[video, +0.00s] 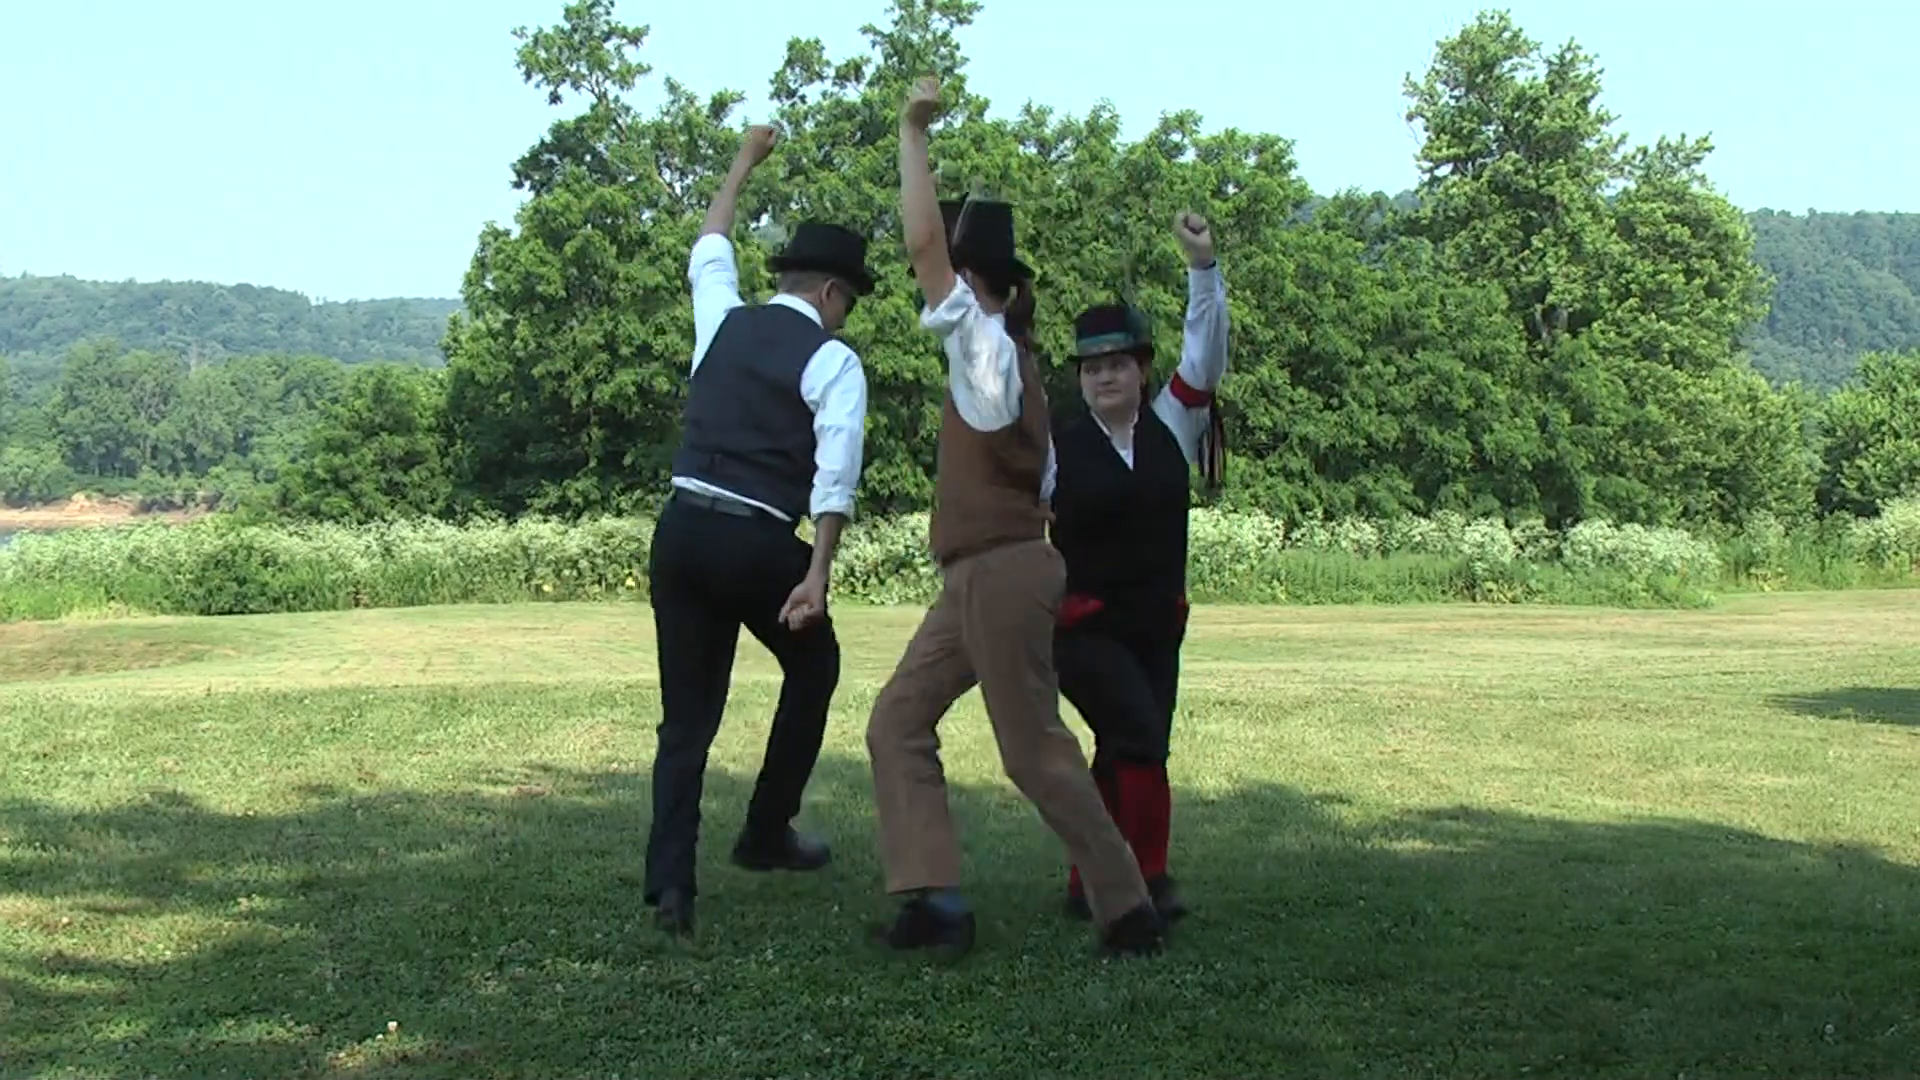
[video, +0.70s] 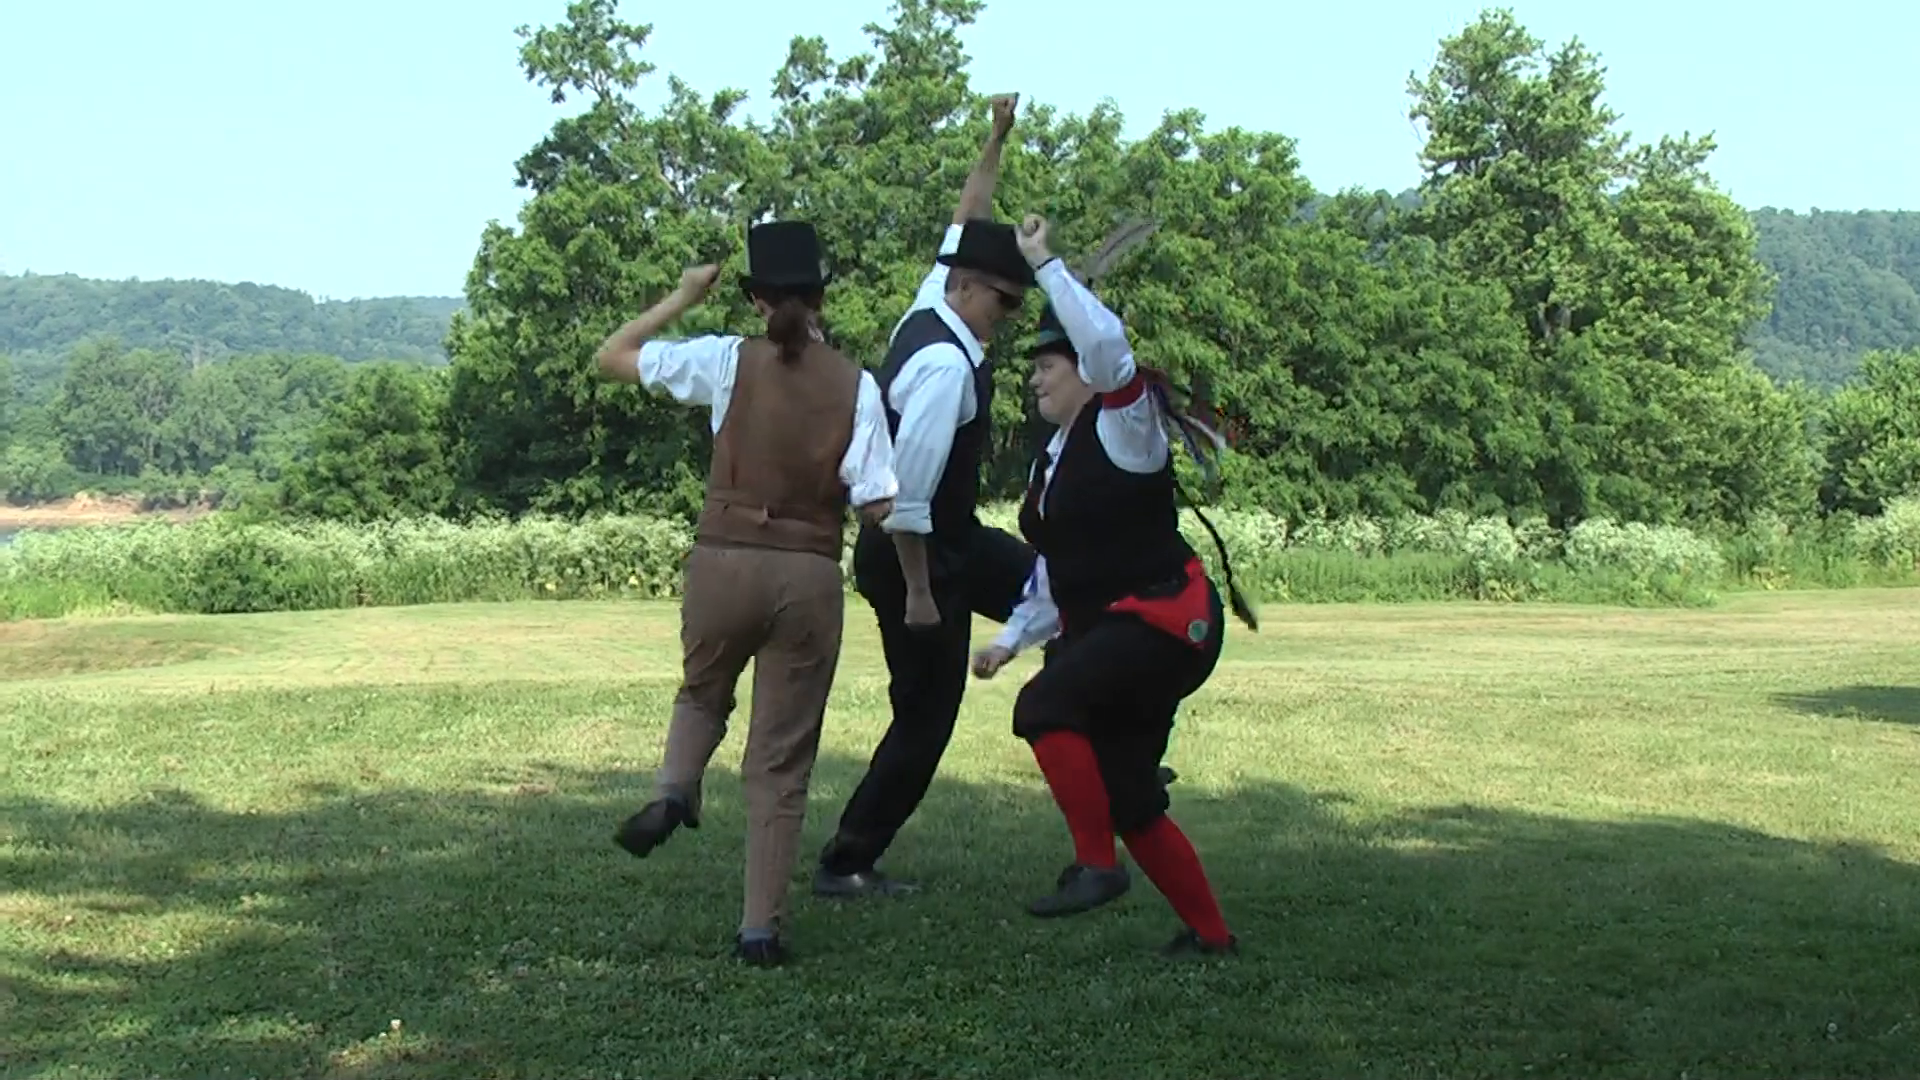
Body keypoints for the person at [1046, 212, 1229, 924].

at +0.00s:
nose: (1107, 376)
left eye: (1118, 363)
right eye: (1094, 367)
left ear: (1142, 367)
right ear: (1078, 377)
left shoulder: (1170, 422)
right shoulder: (1060, 444)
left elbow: (1203, 351)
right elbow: (1023, 515)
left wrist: (1202, 267)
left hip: (1156, 622)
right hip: (1081, 622)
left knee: (1124, 752)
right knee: (1139, 727)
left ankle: (1091, 881)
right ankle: (1150, 878)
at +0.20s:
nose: (1093, 372)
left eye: (1106, 359)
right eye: (1084, 363)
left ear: (1142, 367)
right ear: (1073, 377)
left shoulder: (1178, 420)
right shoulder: (1055, 462)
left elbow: (1196, 332)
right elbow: (1031, 564)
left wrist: (1167, 242)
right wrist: (1032, 660)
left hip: (1192, 621)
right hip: (1107, 636)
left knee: (1226, 772)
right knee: (1159, 773)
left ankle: (1166, 829)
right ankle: (1188, 916)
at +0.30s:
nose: (1083, 355)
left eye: (1097, 341)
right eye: (1075, 345)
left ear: (1134, 345)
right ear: (1069, 358)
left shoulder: (1177, 392)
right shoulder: (1051, 440)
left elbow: (1192, 317)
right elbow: (1030, 538)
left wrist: (1155, 229)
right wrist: (1040, 631)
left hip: (1194, 584)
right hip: (1108, 608)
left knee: (1192, 666)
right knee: (1149, 774)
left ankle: (1237, 785)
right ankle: (1188, 916)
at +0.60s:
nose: (1053, 357)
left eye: (1064, 344)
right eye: (1050, 347)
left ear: (1110, 345)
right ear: (1057, 358)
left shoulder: (1149, 398)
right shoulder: (1055, 440)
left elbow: (1150, 313)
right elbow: (1050, 544)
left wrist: (1097, 221)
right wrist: (1044, 638)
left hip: (1179, 593)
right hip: (1115, 611)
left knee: (1080, 670)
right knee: (1155, 778)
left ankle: (1161, 801)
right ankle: (1206, 928)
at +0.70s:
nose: (1035, 381)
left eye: (1048, 368)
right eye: (1033, 372)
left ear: (1086, 369)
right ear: (1039, 386)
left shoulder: (1122, 422)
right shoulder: (1054, 464)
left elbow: (1104, 343)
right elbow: (1055, 572)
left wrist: (1045, 263)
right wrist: (1009, 641)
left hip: (1164, 614)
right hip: (1105, 629)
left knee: (1046, 708)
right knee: (1127, 796)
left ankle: (1097, 867)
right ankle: (1211, 934)